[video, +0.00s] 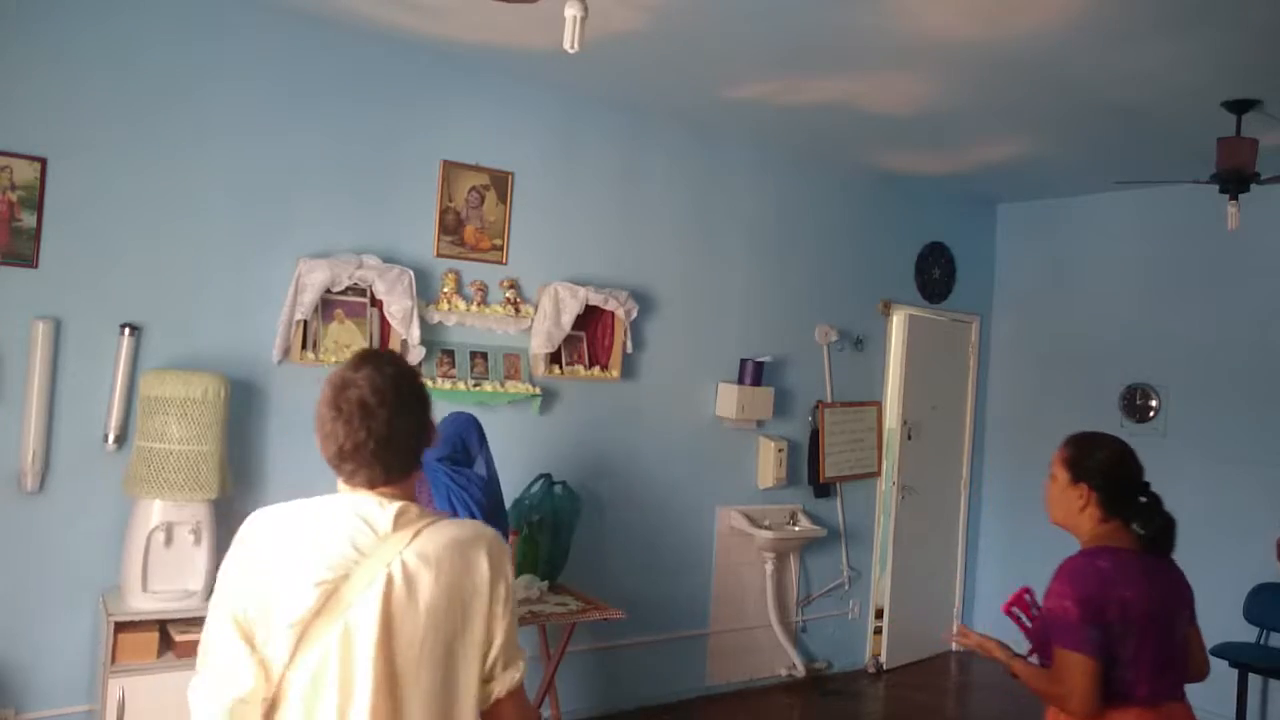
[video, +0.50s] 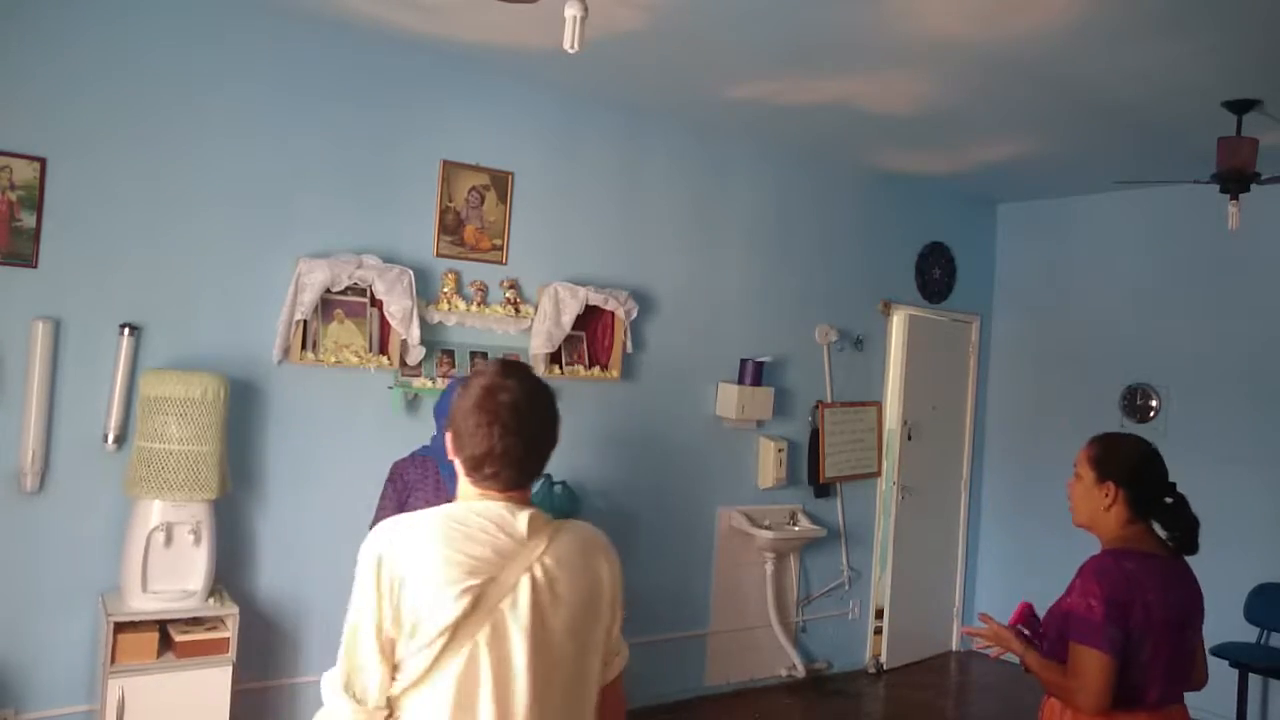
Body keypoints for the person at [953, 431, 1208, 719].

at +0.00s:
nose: (1046, 488)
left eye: (1052, 478)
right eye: (1049, 477)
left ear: (1082, 495)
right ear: (1125, 494)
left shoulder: (1079, 576)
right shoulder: (1164, 568)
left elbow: (1078, 701)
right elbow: (1196, 666)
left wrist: (1007, 658)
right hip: (1176, 711)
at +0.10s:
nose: (1055, 485)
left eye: (1063, 475)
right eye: (1059, 474)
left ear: (1093, 494)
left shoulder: (1089, 572)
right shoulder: (1168, 563)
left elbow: (1087, 697)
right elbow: (1200, 667)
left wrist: (1011, 654)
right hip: (1179, 710)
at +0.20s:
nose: (1062, 483)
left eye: (1070, 474)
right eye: (1066, 472)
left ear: (1101, 492)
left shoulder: (1094, 568)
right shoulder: (1172, 561)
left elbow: (1087, 692)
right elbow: (1201, 667)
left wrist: (1017, 651)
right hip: (1174, 710)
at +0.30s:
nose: (1067, 483)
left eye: (1075, 474)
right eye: (1072, 472)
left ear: (1106, 491)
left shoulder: (1096, 569)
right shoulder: (1175, 563)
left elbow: (1087, 691)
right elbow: (1200, 669)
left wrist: (1017, 650)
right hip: (1171, 710)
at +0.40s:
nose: (1068, 486)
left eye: (1077, 474)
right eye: (1073, 474)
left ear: (1108, 491)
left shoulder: (1098, 571)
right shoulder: (1178, 565)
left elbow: (1086, 693)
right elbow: (1198, 673)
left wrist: (1018, 649)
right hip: (1168, 710)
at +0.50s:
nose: (1067, 488)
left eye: (1077, 476)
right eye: (1073, 476)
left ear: (1107, 494)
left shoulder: (1101, 575)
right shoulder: (1176, 569)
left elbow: (1089, 697)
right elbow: (1195, 676)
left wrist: (1021, 649)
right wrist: (1055, 648)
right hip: (1168, 711)